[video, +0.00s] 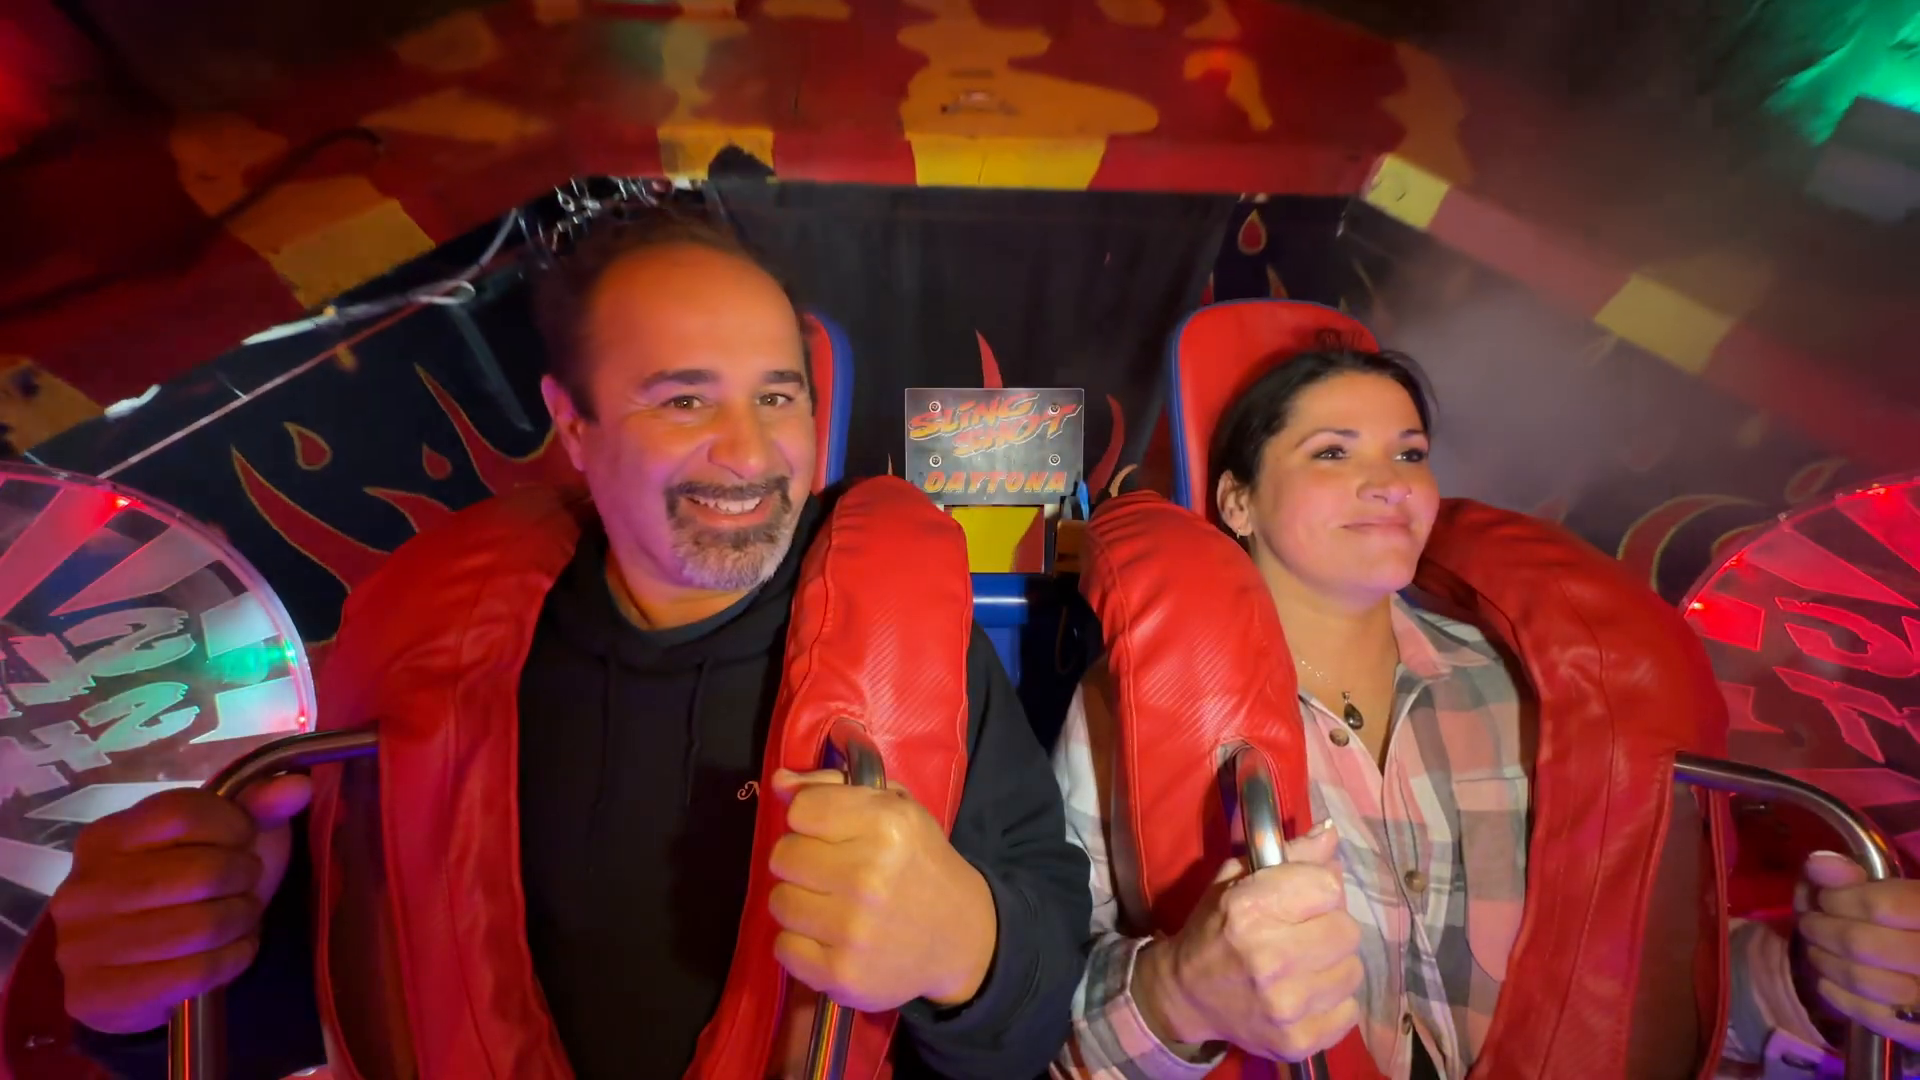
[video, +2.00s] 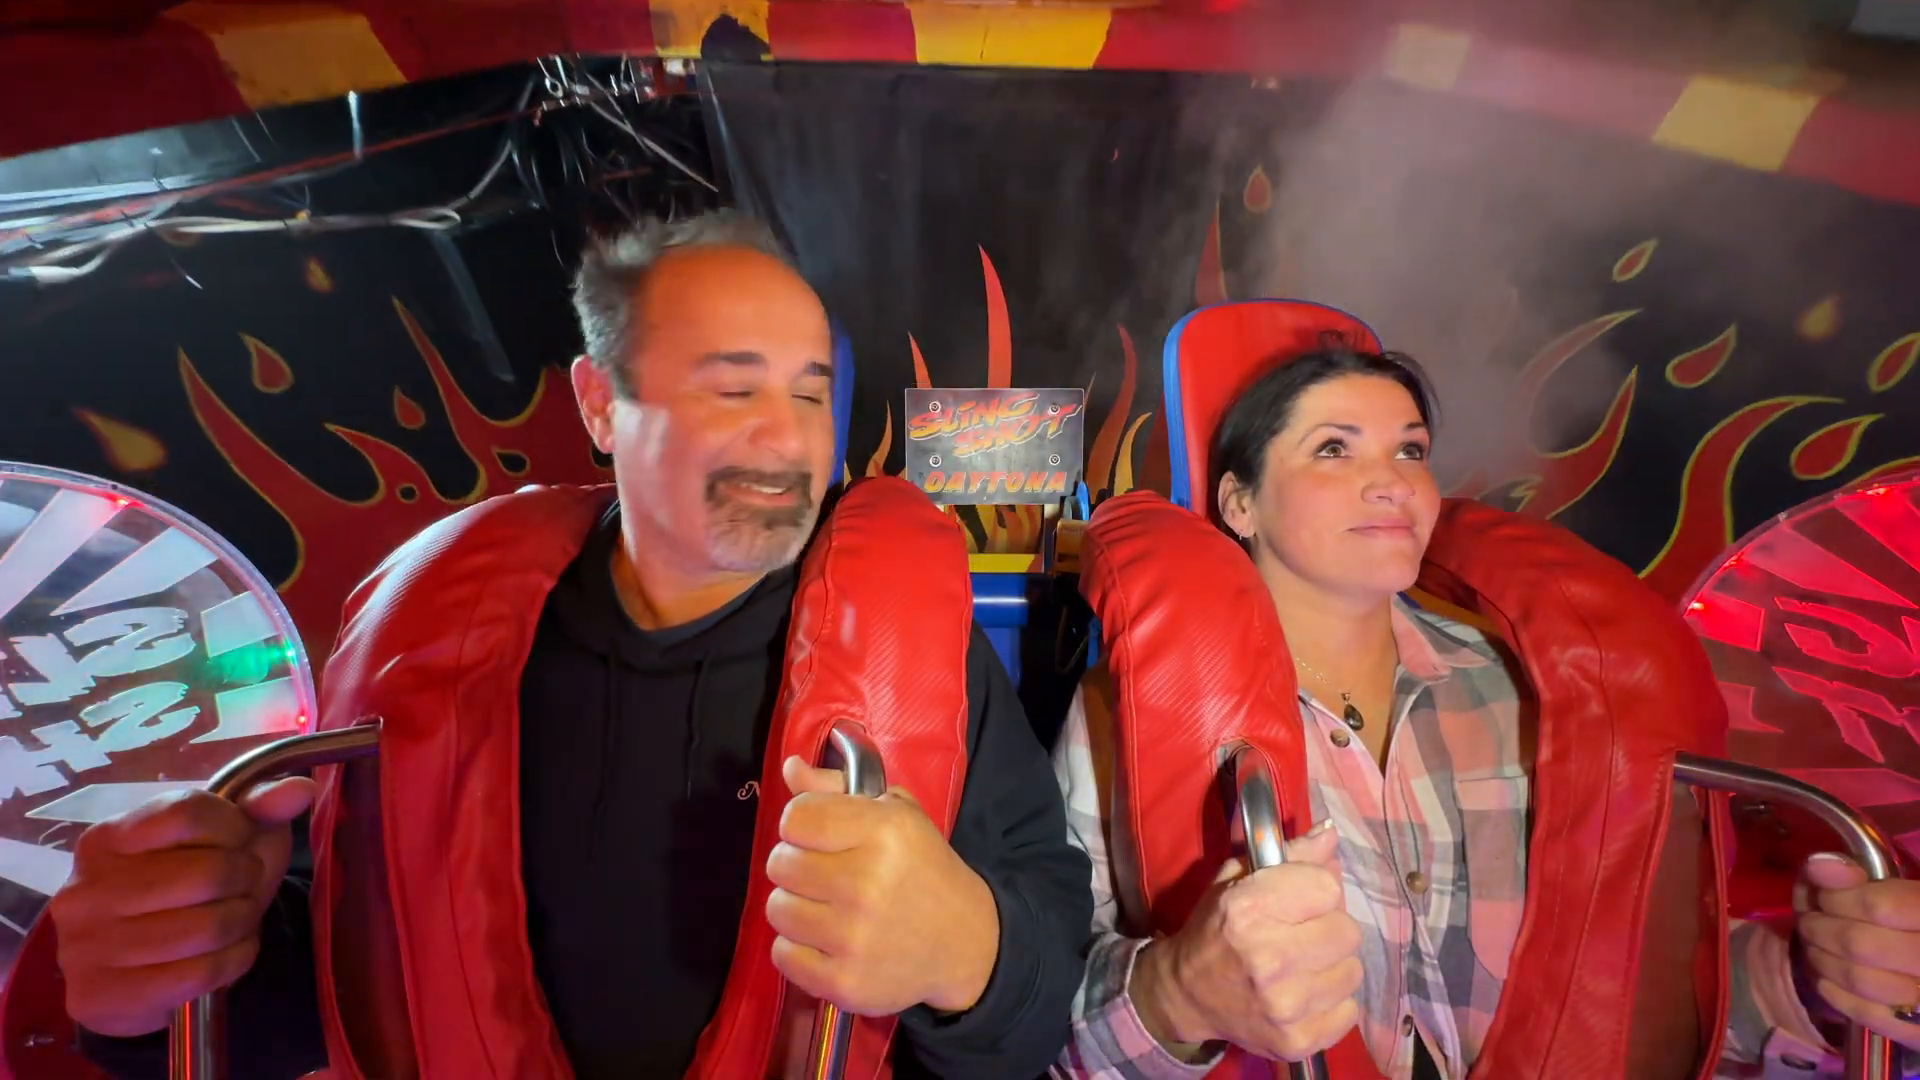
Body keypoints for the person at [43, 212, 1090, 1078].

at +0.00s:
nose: (747, 457)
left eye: (778, 398)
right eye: (681, 402)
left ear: (814, 409)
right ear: (570, 430)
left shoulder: (917, 654)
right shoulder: (425, 643)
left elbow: (1043, 979)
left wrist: (974, 945)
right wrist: (105, 972)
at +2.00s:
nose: (785, 440)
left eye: (811, 395)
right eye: (728, 391)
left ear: (838, 415)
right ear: (601, 412)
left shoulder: (918, 653)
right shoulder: (437, 633)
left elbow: (1041, 1006)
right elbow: (317, 991)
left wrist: (978, 955)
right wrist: (122, 977)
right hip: (497, 1062)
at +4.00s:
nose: (667, 379)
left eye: (725, 348)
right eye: (632, 347)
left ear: (809, 414)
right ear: (583, 414)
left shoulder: (926, 662)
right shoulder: (434, 635)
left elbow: (1045, 1023)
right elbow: (310, 992)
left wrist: (980, 956)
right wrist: (101, 988)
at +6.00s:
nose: (663, 346)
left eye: (720, 322)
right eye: (630, 328)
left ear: (808, 410)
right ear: (592, 409)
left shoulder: (923, 655)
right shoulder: (433, 628)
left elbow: (1047, 1015)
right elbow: (310, 983)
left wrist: (981, 958)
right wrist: (102, 988)